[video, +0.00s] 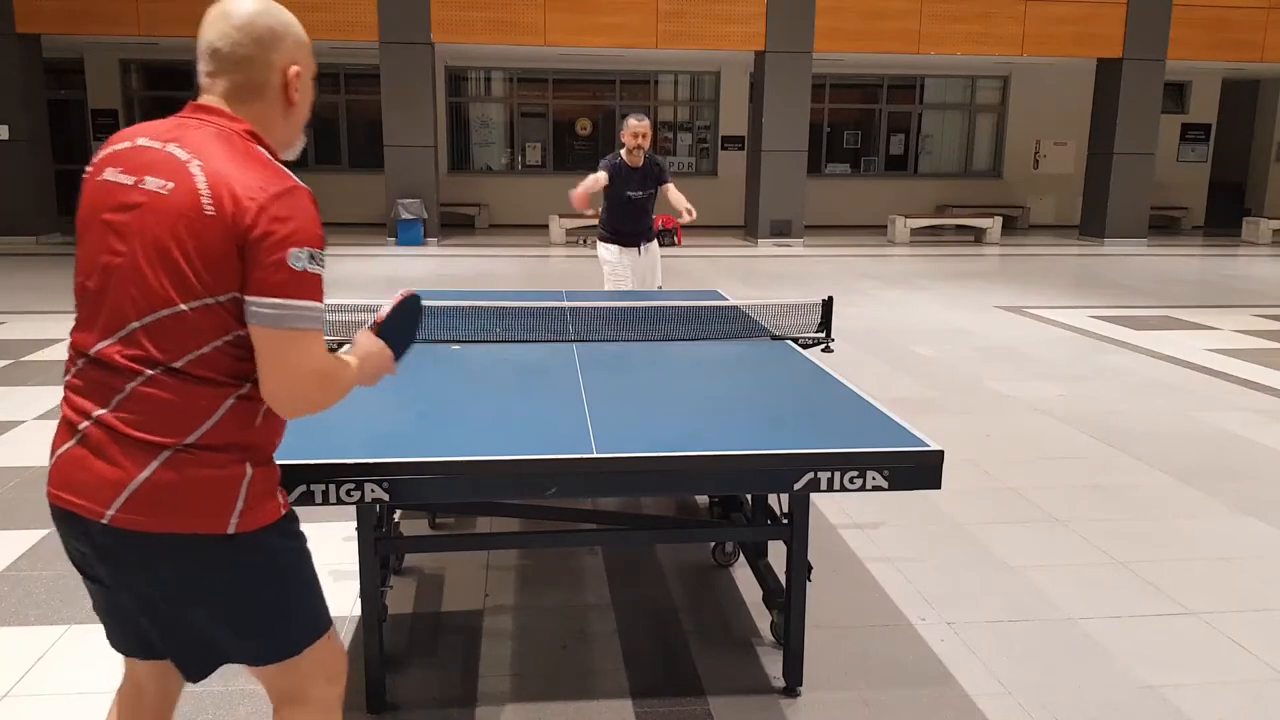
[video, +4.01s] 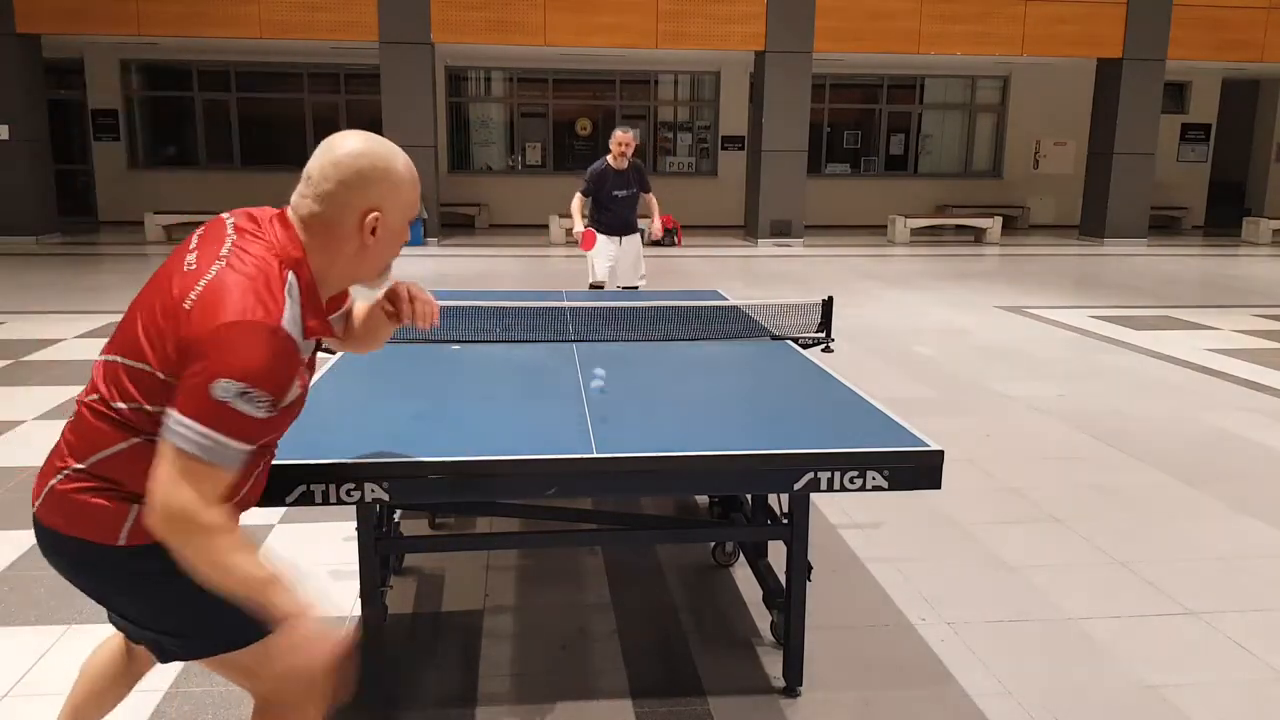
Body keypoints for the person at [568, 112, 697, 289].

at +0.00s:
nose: (640, 142)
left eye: (644, 136)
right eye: (634, 136)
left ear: (651, 137)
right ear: (623, 136)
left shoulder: (655, 165)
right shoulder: (612, 164)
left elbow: (670, 190)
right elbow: (599, 179)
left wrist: (684, 207)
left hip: (647, 245)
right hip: (614, 246)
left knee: (650, 300)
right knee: (621, 302)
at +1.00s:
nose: (633, 143)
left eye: (637, 138)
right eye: (628, 138)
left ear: (642, 140)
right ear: (616, 138)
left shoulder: (636, 166)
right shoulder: (602, 166)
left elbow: (635, 201)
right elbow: (581, 203)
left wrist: (639, 235)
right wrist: (601, 235)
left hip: (624, 243)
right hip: (594, 243)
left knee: (626, 296)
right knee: (588, 295)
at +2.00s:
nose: (660, 163)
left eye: (665, 158)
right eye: (656, 157)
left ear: (670, 160)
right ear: (645, 156)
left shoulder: (668, 182)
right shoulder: (630, 182)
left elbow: (679, 212)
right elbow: (604, 207)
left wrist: (695, 244)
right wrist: (595, 232)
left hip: (658, 246)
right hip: (630, 246)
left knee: (664, 296)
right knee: (643, 295)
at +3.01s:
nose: (649, 161)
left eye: (653, 157)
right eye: (645, 155)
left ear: (658, 158)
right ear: (635, 154)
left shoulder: (653, 175)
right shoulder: (621, 179)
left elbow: (655, 204)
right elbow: (606, 217)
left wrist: (664, 239)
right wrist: (628, 246)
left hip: (641, 239)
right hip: (615, 239)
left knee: (649, 285)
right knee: (620, 283)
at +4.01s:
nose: (623, 150)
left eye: (627, 145)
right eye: (619, 145)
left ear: (634, 146)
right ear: (610, 145)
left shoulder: (636, 168)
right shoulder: (598, 170)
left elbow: (649, 197)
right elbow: (578, 200)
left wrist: (656, 221)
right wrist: (578, 225)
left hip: (630, 237)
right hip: (601, 238)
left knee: (631, 287)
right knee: (598, 283)